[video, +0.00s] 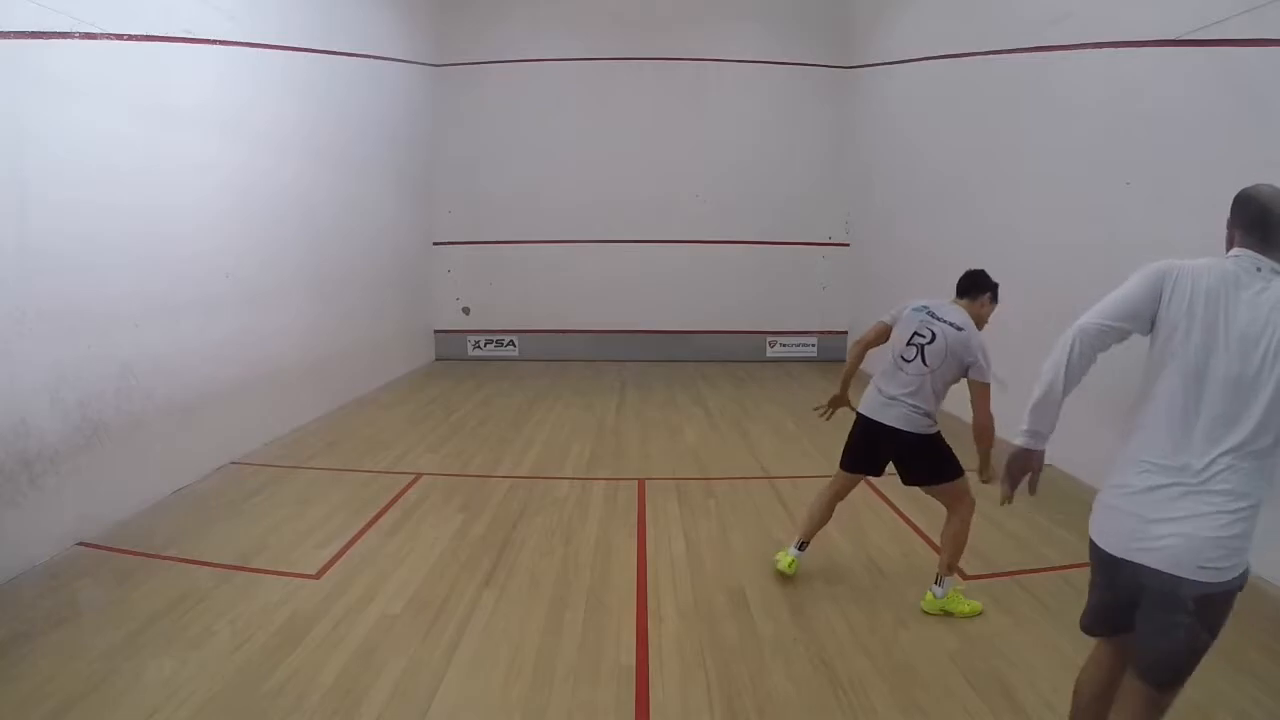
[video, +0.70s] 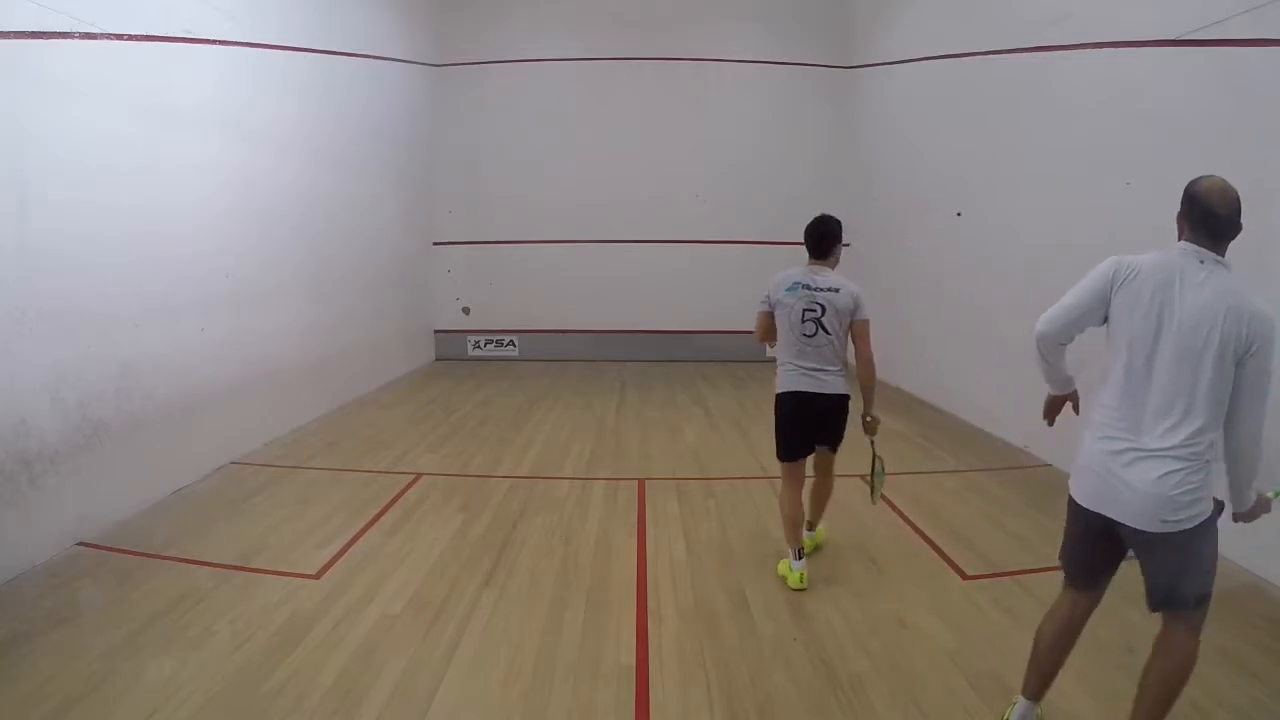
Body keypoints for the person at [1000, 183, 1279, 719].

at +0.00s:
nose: (1226, 236)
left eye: (1227, 229)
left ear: (1231, 232)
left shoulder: (1175, 279)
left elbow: (1084, 334)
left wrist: (1034, 436)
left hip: (1119, 532)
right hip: (1206, 562)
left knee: (1110, 647)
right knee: (1145, 700)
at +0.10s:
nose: (1220, 249)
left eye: (1221, 241)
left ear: (1223, 247)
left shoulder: (1163, 298)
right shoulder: (1275, 331)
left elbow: (1082, 367)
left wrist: (1019, 467)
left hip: (1099, 539)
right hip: (1179, 570)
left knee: (1104, 637)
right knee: (1129, 706)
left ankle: (1070, 713)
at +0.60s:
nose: (1175, 226)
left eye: (1175, 217)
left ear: (1176, 227)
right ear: (1231, 242)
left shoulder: (1119, 281)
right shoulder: (1247, 328)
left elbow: (1040, 344)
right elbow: (1229, 441)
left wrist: (1040, 401)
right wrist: (1208, 509)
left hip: (1085, 497)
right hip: (1164, 521)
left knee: (1073, 598)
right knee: (1155, 651)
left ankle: (1023, 710)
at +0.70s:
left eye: (1181, 209)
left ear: (1181, 219)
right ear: (1237, 233)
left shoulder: (1124, 272)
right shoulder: (1252, 315)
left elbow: (1049, 332)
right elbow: (1245, 430)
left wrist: (1060, 385)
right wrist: (1244, 500)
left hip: (1097, 485)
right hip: (1176, 508)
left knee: (1076, 593)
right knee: (1182, 622)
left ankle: (1024, 710)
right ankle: (1143, 718)